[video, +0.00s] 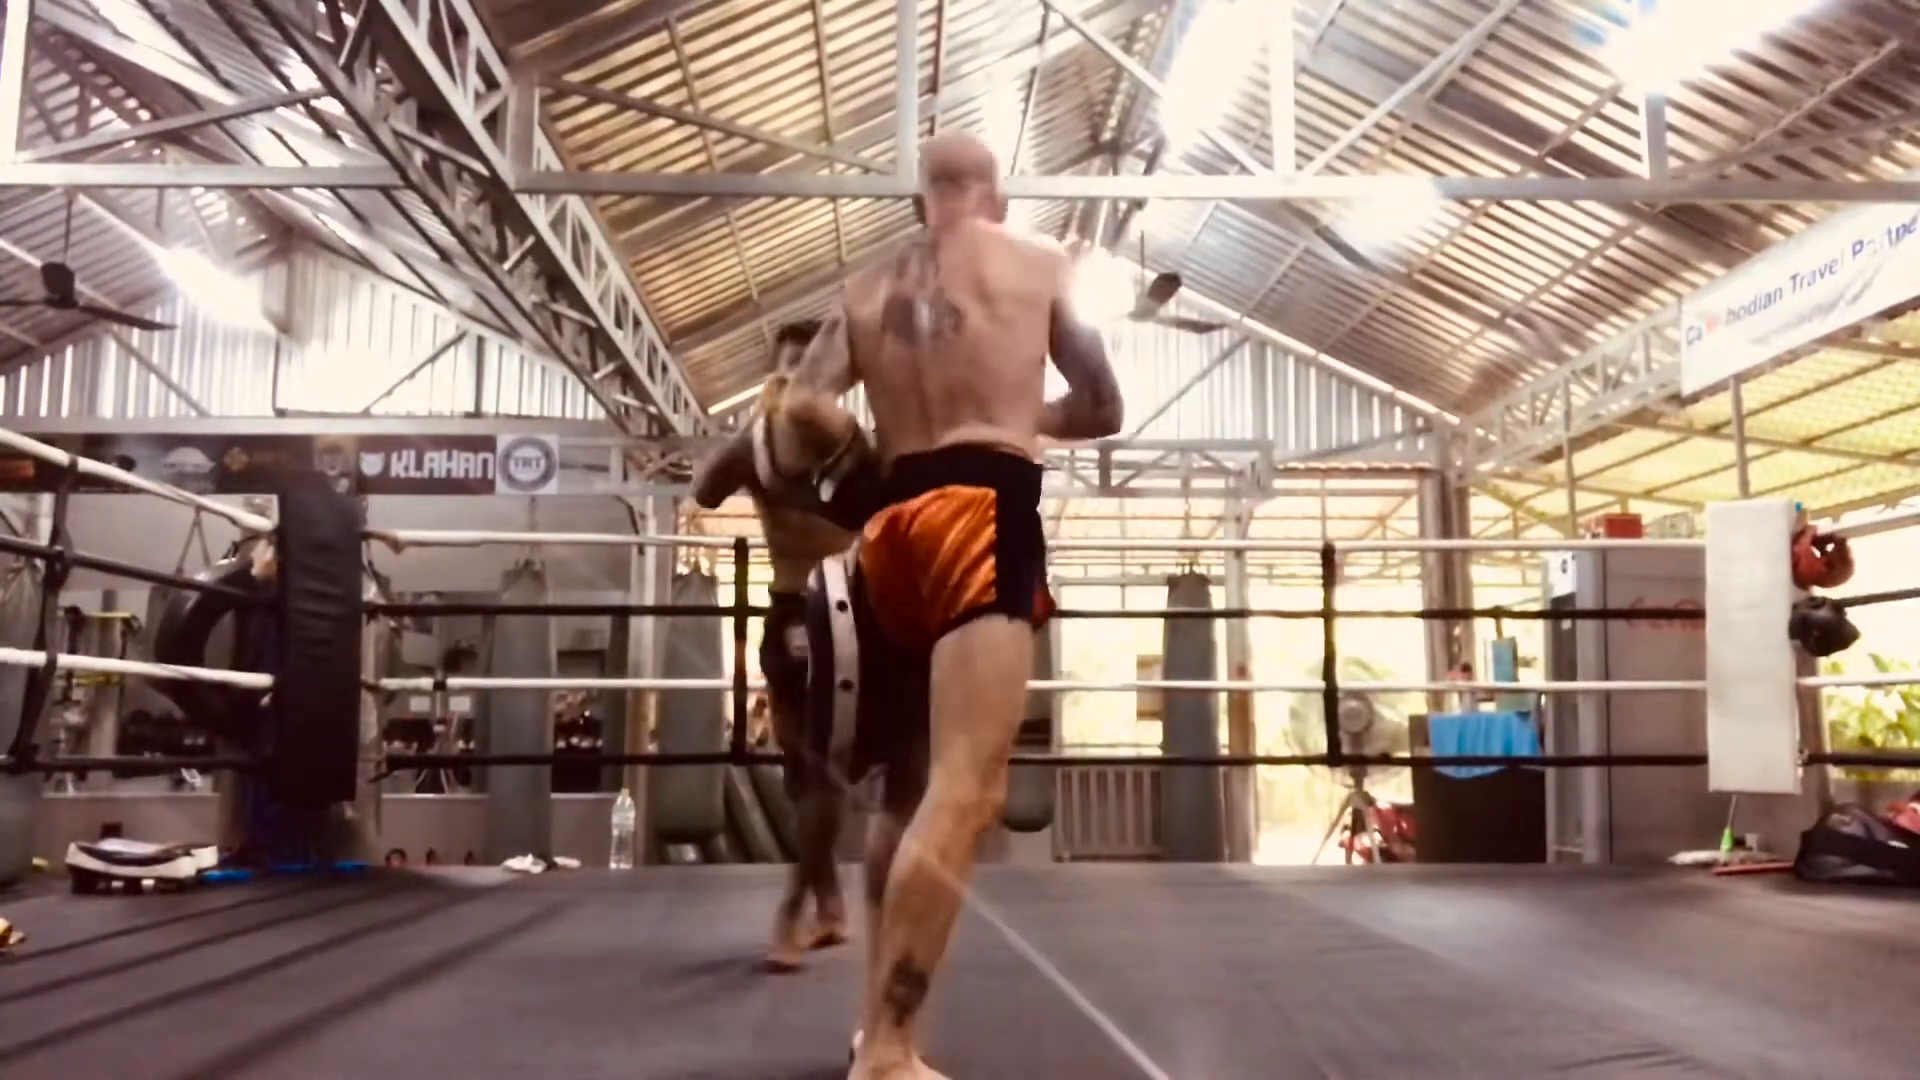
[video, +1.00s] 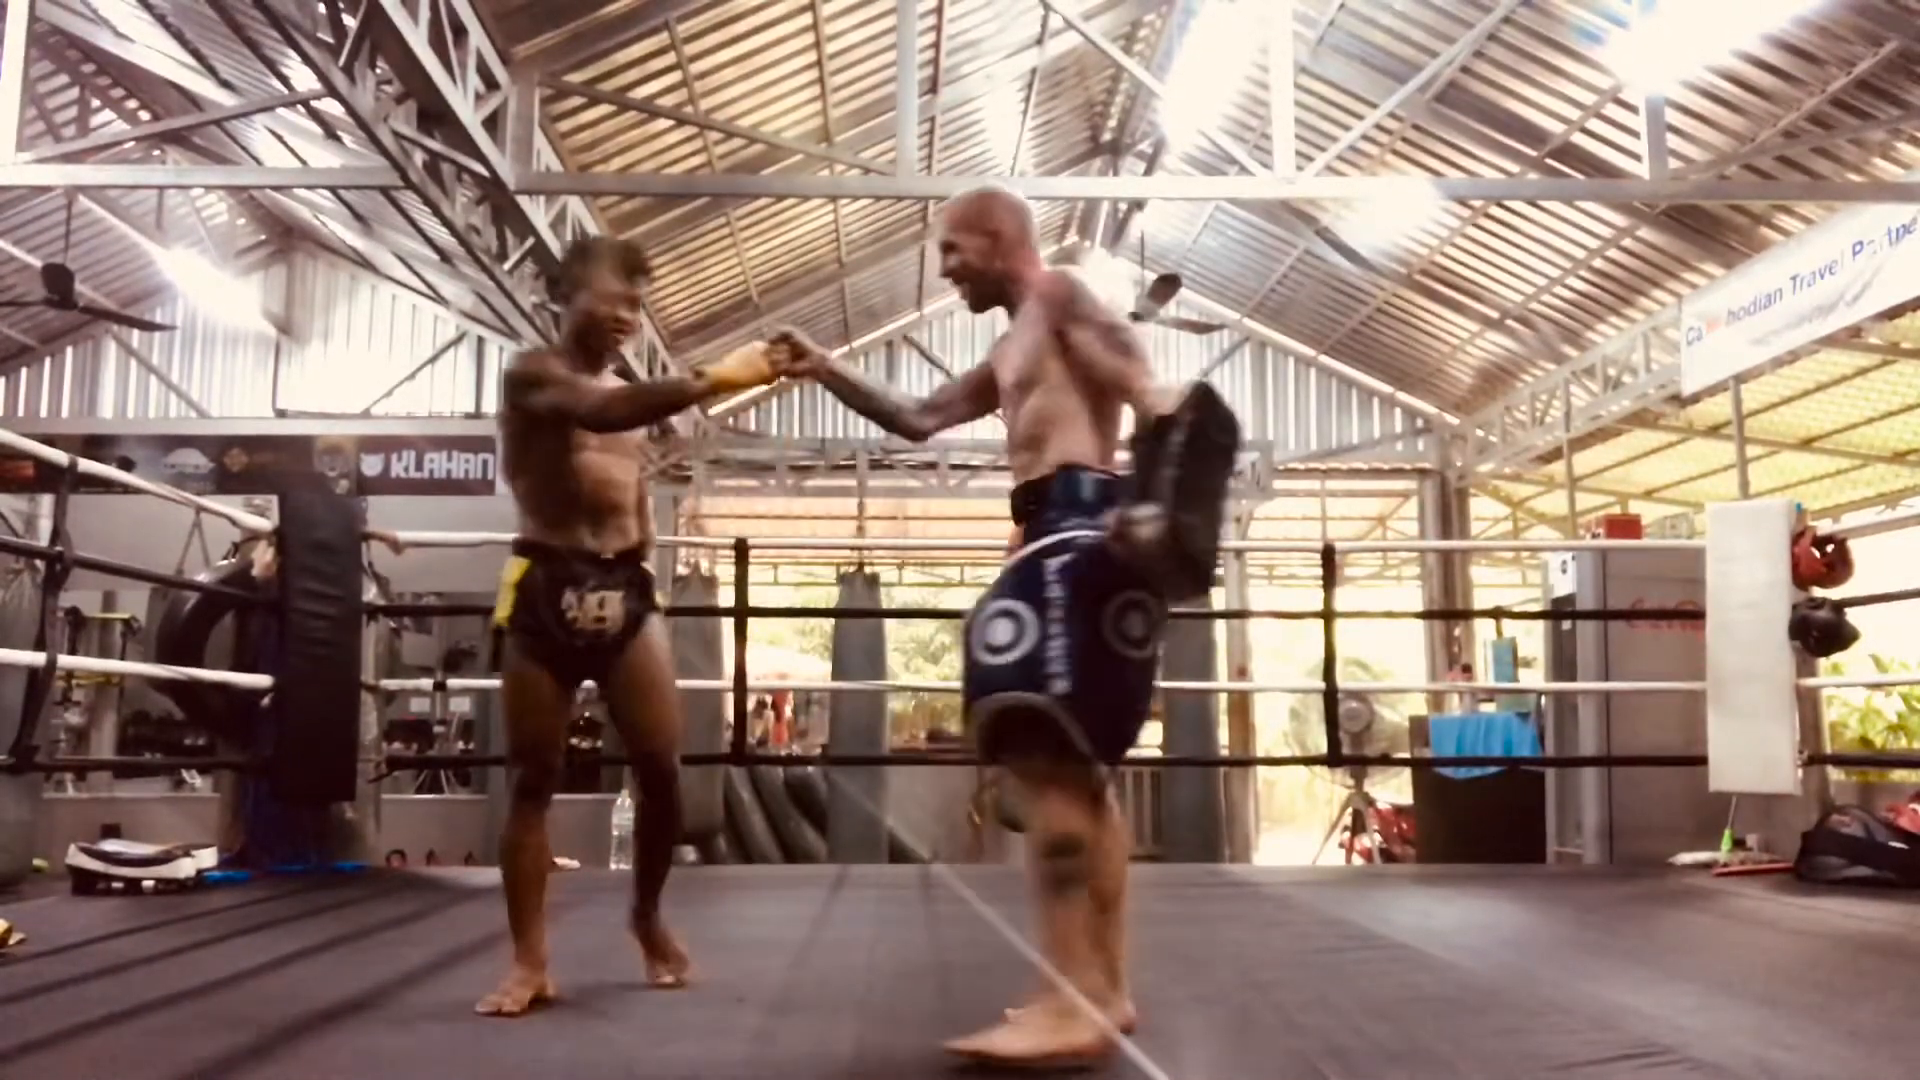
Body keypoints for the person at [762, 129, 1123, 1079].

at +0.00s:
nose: (997, 201)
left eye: (982, 187)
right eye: (997, 187)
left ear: (923, 192)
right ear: (993, 188)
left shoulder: (865, 288)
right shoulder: (1036, 263)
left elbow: (804, 405)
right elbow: (1102, 410)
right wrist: (1013, 416)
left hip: (890, 513)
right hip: (983, 504)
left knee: (910, 791)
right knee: (964, 790)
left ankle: (885, 1037)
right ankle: (885, 1049)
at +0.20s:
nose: (950, 208)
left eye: (919, 194)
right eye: (962, 189)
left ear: (897, 200)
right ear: (973, 195)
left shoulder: (853, 288)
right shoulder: (1033, 282)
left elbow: (806, 409)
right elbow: (1031, 403)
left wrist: (820, 439)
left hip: (893, 515)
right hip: (995, 511)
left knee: (898, 783)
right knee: (1041, 760)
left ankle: (877, 1019)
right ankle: (951, 976)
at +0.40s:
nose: (893, 220)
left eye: (893, 208)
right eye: (931, 207)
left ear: (899, 210)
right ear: (974, 211)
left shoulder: (874, 282)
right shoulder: (1033, 299)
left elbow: (853, 404)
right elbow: (1015, 416)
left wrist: (819, 434)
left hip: (913, 525)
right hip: (1017, 522)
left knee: (890, 786)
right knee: (1041, 764)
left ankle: (881, 1018)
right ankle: (1065, 969)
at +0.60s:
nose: (919, 228)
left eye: (924, 213)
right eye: (923, 213)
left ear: (950, 214)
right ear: (998, 220)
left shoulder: (944, 288)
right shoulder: (1052, 314)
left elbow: (941, 409)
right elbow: (1040, 437)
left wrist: (868, 464)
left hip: (958, 533)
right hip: (1040, 534)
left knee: (907, 795)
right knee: (1039, 778)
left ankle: (891, 1012)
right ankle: (1100, 979)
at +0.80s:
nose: (931, 264)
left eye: (937, 248)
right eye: (930, 251)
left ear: (975, 241)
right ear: (990, 240)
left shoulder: (1018, 299)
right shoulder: (1016, 321)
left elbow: (1057, 385)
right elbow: (958, 449)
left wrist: (989, 485)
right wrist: (916, 362)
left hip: (1013, 562)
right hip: (1045, 564)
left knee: (961, 778)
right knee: (1062, 776)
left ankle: (936, 997)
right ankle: (1103, 982)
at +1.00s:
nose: (948, 268)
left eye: (955, 250)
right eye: (944, 254)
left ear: (1004, 240)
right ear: (997, 245)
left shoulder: (1059, 297)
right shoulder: (1007, 351)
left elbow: (1139, 381)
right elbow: (916, 419)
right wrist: (823, 367)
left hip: (1078, 516)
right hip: (1058, 526)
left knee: (1038, 749)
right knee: (1081, 769)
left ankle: (1073, 994)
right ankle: (1104, 989)